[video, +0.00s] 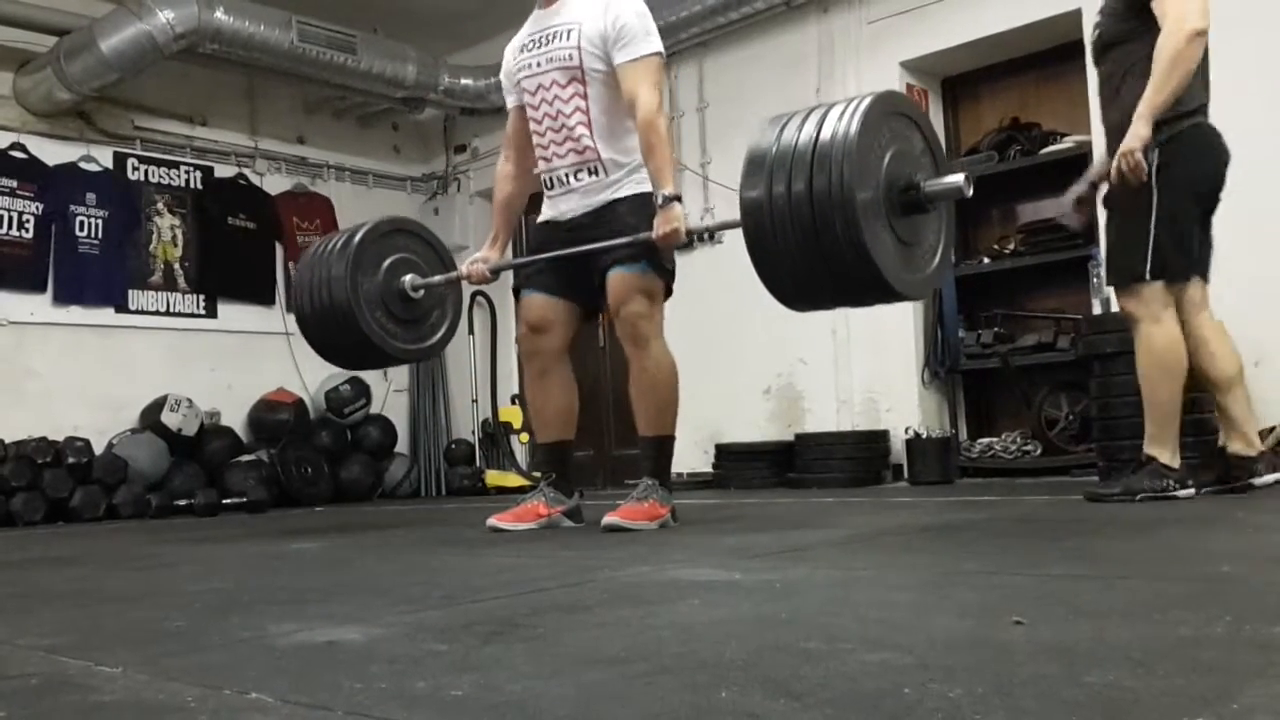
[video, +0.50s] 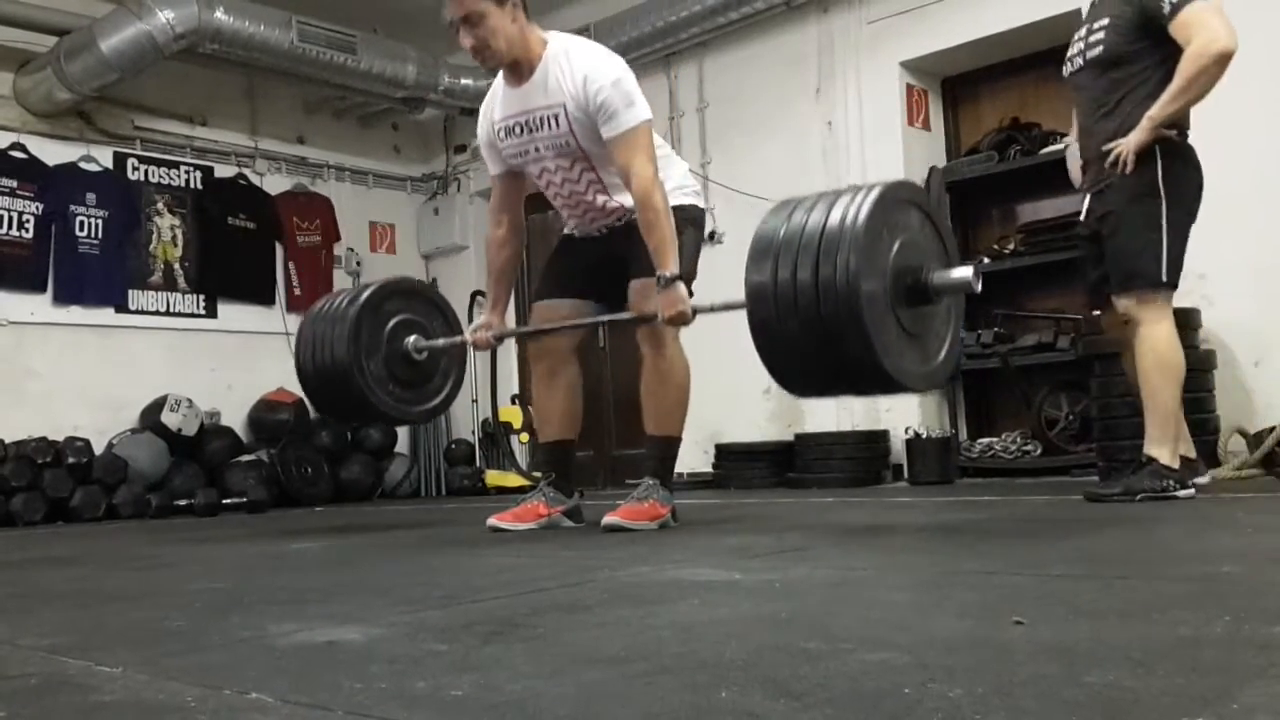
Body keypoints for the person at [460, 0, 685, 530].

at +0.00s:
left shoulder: (616, 11)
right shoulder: (515, 51)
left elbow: (646, 104)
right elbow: (514, 160)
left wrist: (667, 196)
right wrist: (493, 246)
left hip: (626, 195)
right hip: (556, 211)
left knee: (634, 315)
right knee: (538, 332)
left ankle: (655, 488)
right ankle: (556, 492)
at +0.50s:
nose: (465, 41)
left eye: (472, 20)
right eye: (456, 29)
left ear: (514, 9)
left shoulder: (593, 71)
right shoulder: (494, 114)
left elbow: (643, 178)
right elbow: (504, 221)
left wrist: (668, 276)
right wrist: (494, 311)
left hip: (658, 207)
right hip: (588, 226)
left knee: (651, 316)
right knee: (547, 333)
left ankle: (658, 489)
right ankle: (557, 491)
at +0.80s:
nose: (454, 126)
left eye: (461, 106)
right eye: (444, 115)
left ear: (500, 85)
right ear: (442, 115)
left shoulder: (584, 136)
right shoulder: (488, 179)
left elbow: (644, 245)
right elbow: (504, 283)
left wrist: (671, 351)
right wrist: (495, 372)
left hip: (669, 221)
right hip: (595, 250)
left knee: (640, 312)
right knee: (537, 335)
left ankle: (657, 491)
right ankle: (558, 494)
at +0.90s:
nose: (457, 157)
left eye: (462, 138)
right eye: (447, 146)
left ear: (498, 114)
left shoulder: (585, 162)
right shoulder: (489, 203)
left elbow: (645, 274)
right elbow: (503, 304)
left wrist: (674, 377)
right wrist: (495, 397)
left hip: (671, 227)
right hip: (595, 254)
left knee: (639, 315)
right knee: (536, 338)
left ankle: (657, 491)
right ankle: (557, 493)